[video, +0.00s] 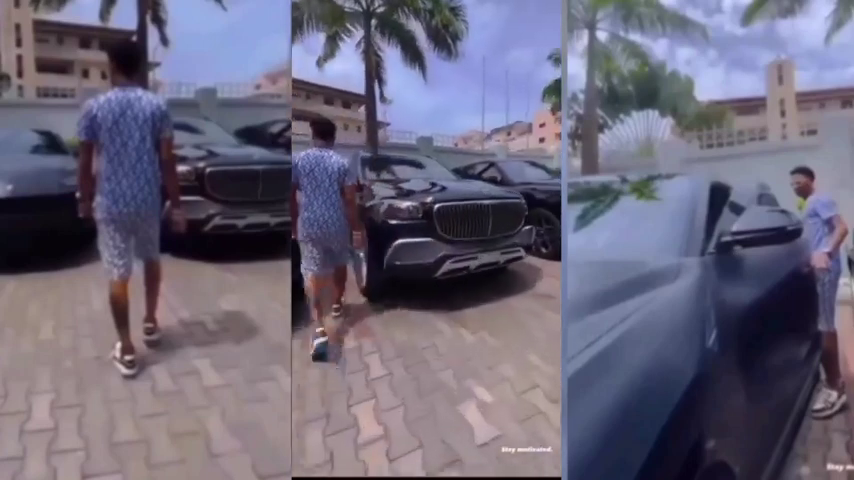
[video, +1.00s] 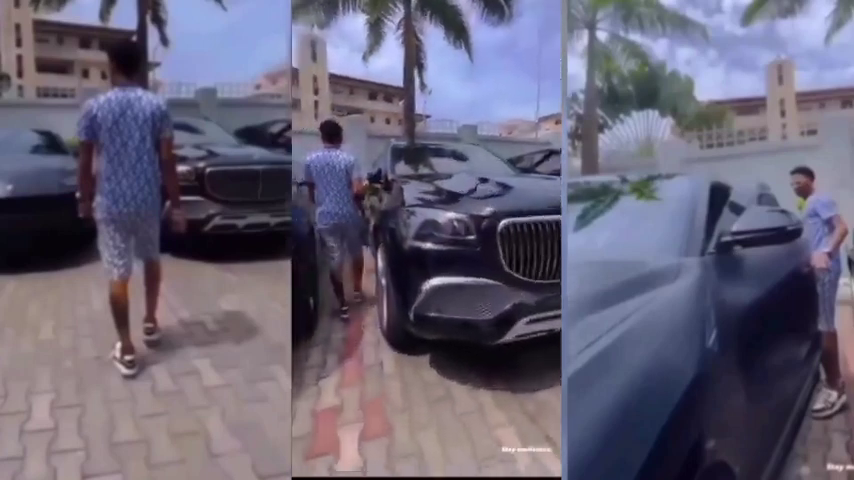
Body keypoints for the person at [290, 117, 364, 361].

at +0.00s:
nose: (320, 140)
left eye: (317, 135)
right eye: (329, 137)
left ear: (313, 136)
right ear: (333, 137)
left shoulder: (299, 160)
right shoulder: (341, 163)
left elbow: (293, 196)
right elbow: (349, 197)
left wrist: (294, 224)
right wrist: (356, 225)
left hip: (308, 223)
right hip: (336, 222)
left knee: (313, 274)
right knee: (339, 263)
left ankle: (318, 325)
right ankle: (337, 301)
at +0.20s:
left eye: (302, 132)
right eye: (321, 132)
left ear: (302, 132)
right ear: (323, 133)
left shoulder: (292, 157)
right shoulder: (331, 160)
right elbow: (340, 195)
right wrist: (345, 220)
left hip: (298, 218)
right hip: (326, 218)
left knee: (300, 262)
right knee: (329, 265)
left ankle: (307, 306)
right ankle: (326, 310)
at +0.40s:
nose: (300, 139)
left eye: (296, 134)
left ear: (295, 134)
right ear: (316, 135)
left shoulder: (287, 156)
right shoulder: (325, 160)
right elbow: (338, 190)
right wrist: (341, 213)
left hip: (297, 221)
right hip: (323, 222)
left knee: (301, 267)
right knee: (323, 270)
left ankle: (308, 299)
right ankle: (320, 322)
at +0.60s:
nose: (298, 140)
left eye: (295, 135)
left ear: (294, 136)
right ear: (315, 136)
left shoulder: (288, 160)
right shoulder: (324, 161)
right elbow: (335, 189)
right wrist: (336, 208)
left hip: (297, 221)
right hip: (322, 220)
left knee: (305, 263)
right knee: (327, 266)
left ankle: (316, 295)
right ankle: (323, 319)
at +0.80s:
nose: (314, 138)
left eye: (308, 134)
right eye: (321, 133)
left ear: (304, 135)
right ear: (323, 134)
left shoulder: (295, 158)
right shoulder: (332, 157)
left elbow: (292, 187)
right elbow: (344, 186)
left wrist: (297, 205)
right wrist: (343, 205)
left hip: (307, 213)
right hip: (332, 212)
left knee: (317, 259)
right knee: (343, 254)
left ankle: (327, 299)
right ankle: (339, 294)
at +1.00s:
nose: (333, 140)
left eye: (326, 136)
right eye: (337, 136)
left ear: (321, 137)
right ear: (341, 137)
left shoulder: (311, 160)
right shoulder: (349, 159)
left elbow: (310, 192)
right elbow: (358, 188)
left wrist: (315, 204)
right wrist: (359, 202)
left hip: (325, 214)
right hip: (348, 213)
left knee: (333, 259)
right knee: (356, 252)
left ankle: (342, 304)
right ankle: (357, 289)